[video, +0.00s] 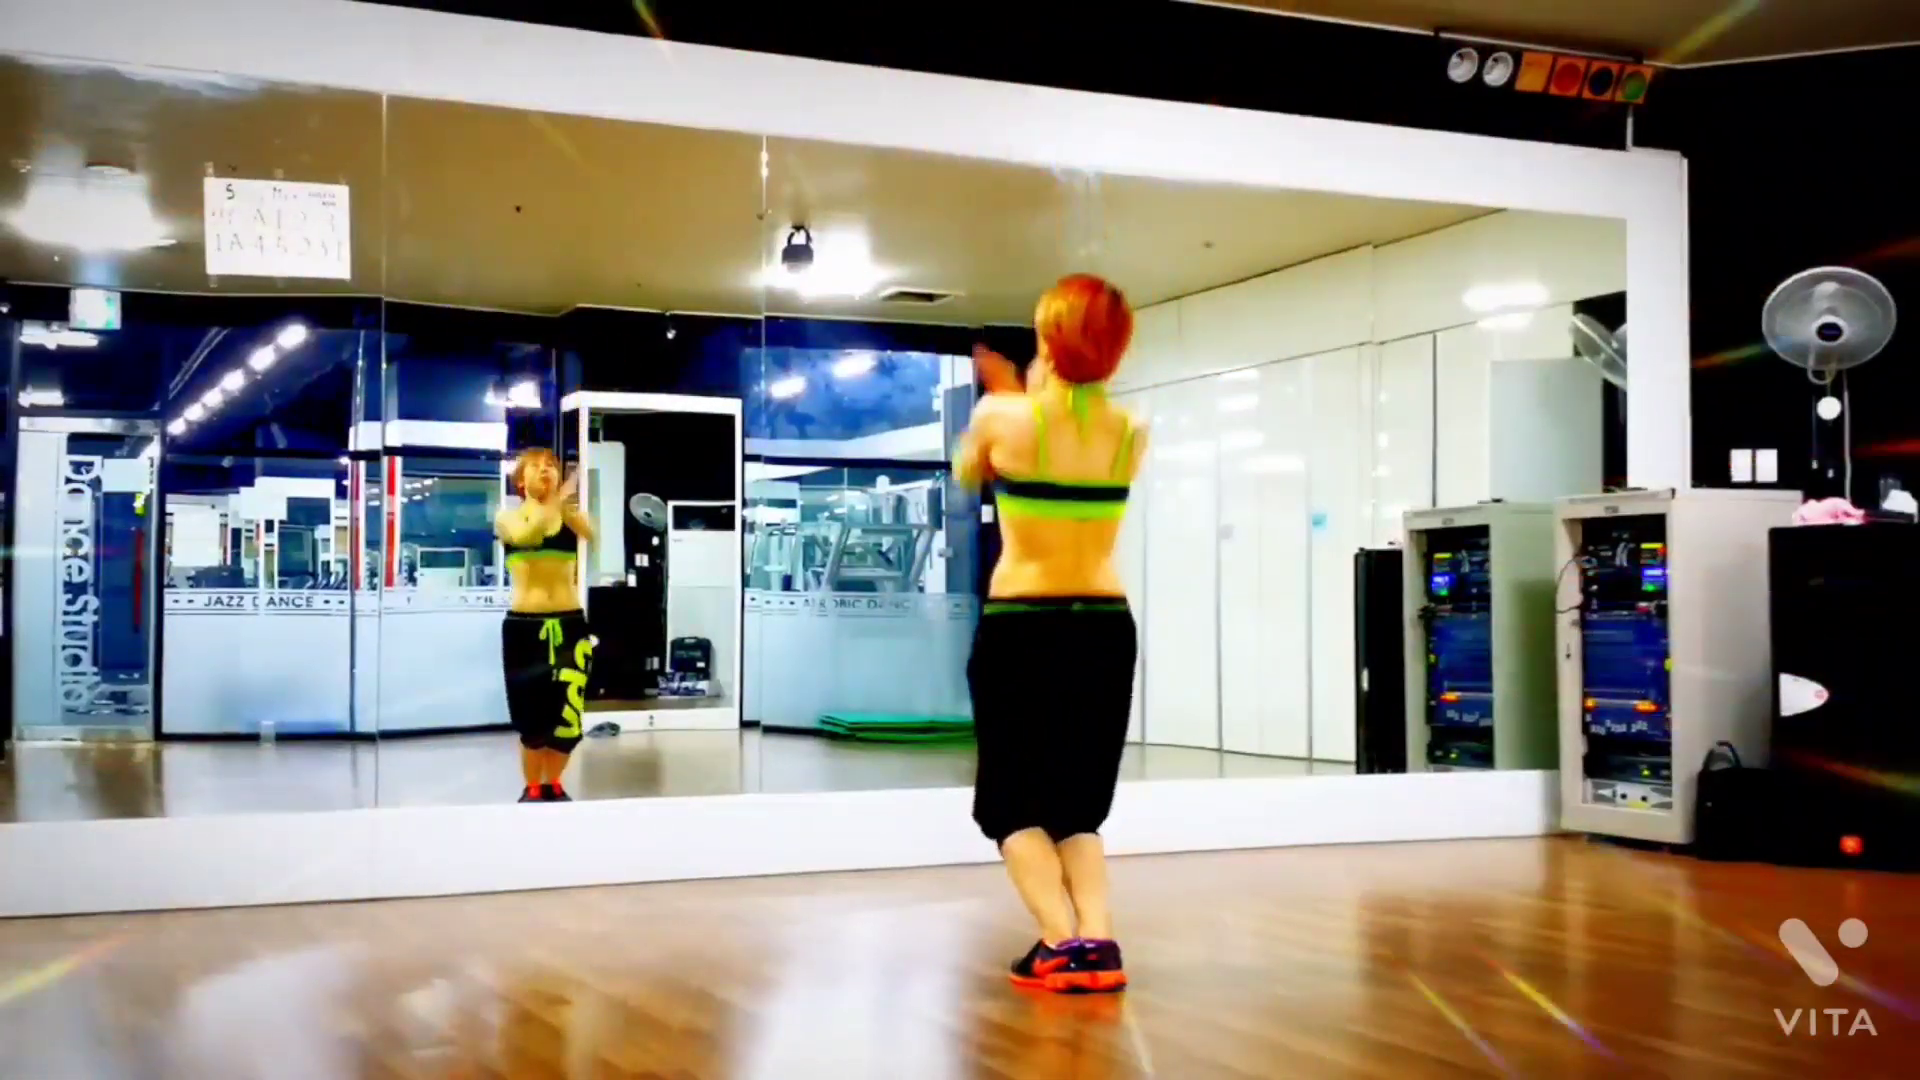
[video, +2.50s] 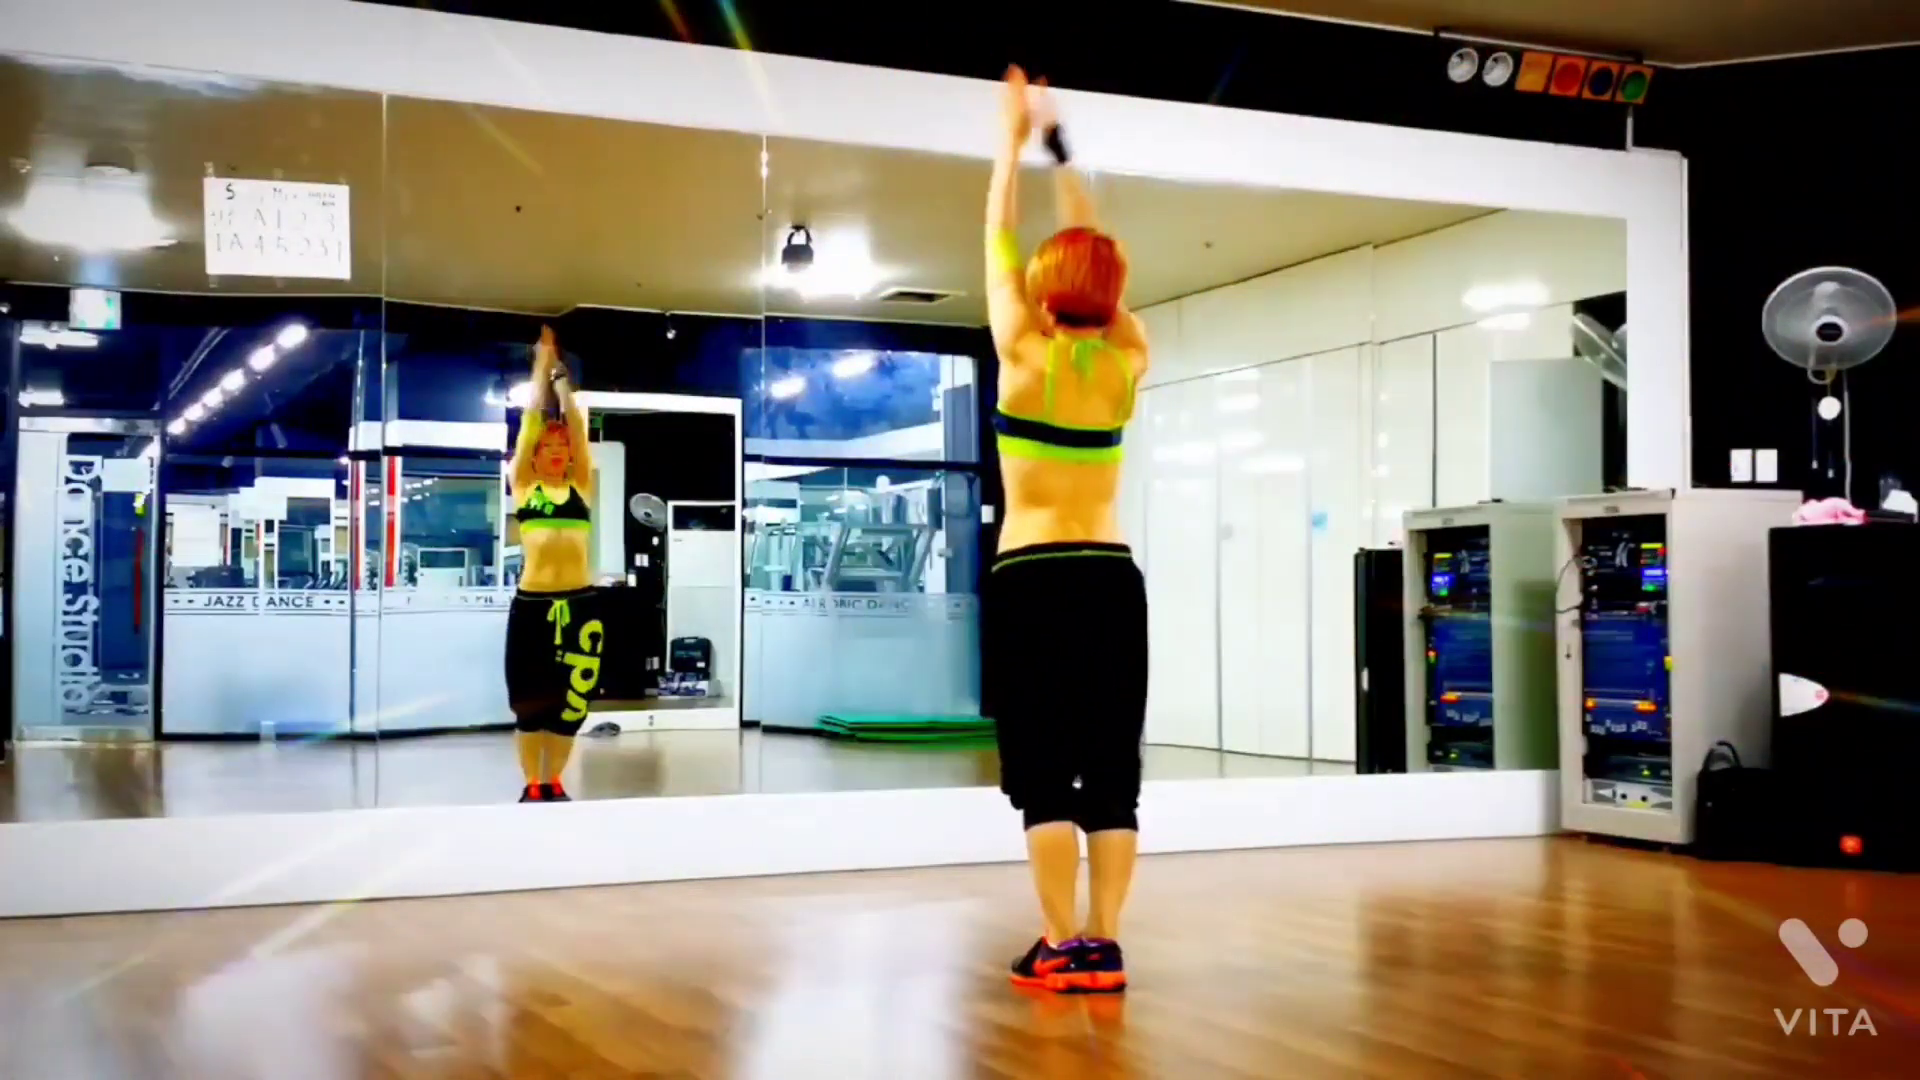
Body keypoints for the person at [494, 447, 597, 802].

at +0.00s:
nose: (544, 471)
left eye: (551, 466)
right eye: (536, 465)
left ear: (559, 477)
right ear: (521, 476)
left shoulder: (570, 514)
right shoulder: (507, 517)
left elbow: (590, 533)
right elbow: (523, 534)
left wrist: (567, 507)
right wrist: (549, 506)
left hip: (569, 620)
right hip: (524, 621)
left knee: (568, 715)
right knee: (531, 713)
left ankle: (552, 782)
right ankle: (532, 786)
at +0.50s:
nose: (548, 455)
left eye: (554, 448)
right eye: (540, 449)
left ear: (564, 453)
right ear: (524, 454)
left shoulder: (573, 482)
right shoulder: (513, 482)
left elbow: (594, 436)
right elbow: (483, 426)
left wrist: (616, 393)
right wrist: (450, 381)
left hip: (573, 601)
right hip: (525, 603)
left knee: (567, 699)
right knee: (524, 701)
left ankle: (553, 783)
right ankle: (530, 785)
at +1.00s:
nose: (553, 458)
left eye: (558, 450)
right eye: (544, 451)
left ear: (566, 453)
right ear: (529, 457)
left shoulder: (581, 501)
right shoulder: (510, 498)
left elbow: (609, 540)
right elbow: (479, 542)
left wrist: (630, 570)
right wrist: (457, 579)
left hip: (575, 605)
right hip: (527, 607)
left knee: (568, 699)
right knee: (527, 701)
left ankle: (552, 782)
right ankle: (532, 784)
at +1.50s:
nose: (556, 454)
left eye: (561, 447)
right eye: (547, 448)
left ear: (568, 453)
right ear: (532, 454)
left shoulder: (581, 494)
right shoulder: (526, 492)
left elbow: (601, 458)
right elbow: (528, 472)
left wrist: (577, 437)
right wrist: (561, 430)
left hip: (576, 601)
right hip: (529, 602)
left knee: (569, 702)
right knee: (529, 703)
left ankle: (553, 781)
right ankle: (531, 784)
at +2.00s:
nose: (557, 448)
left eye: (563, 443)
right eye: (549, 442)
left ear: (573, 455)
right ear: (534, 455)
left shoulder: (584, 501)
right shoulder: (519, 497)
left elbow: (623, 523)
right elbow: (469, 518)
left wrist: (655, 540)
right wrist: (433, 534)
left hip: (576, 605)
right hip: (530, 606)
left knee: (571, 704)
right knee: (533, 703)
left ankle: (552, 781)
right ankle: (533, 786)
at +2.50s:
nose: (556, 454)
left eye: (562, 447)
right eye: (548, 448)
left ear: (572, 453)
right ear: (534, 455)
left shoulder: (582, 489)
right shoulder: (524, 490)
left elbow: (576, 423)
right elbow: (532, 424)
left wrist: (560, 379)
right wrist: (541, 369)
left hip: (578, 601)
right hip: (531, 602)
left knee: (570, 700)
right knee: (531, 700)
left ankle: (552, 782)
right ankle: (531, 784)